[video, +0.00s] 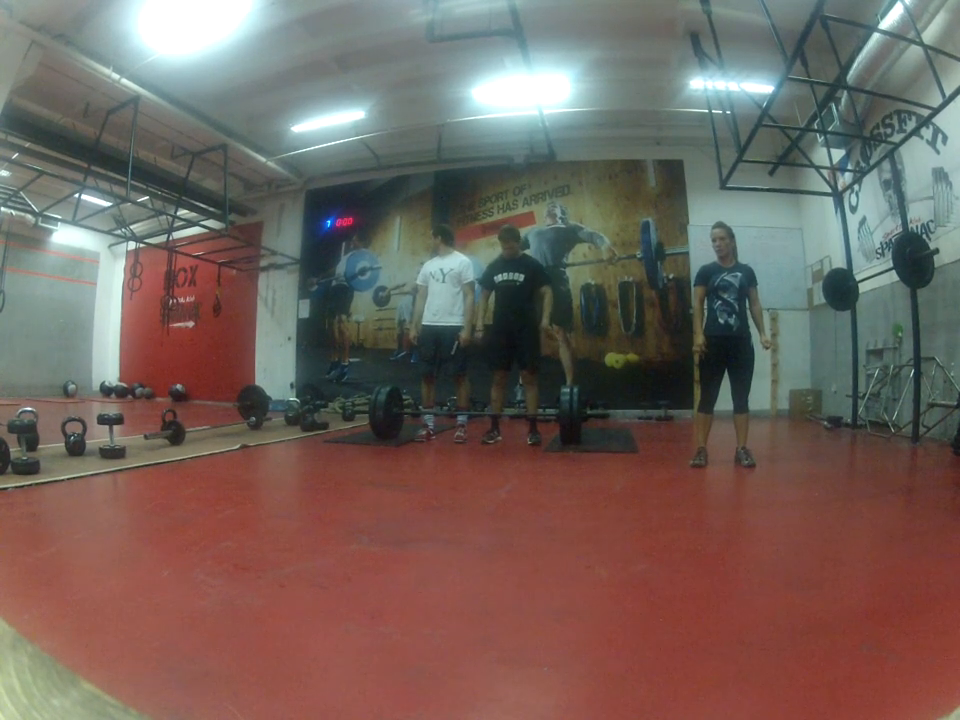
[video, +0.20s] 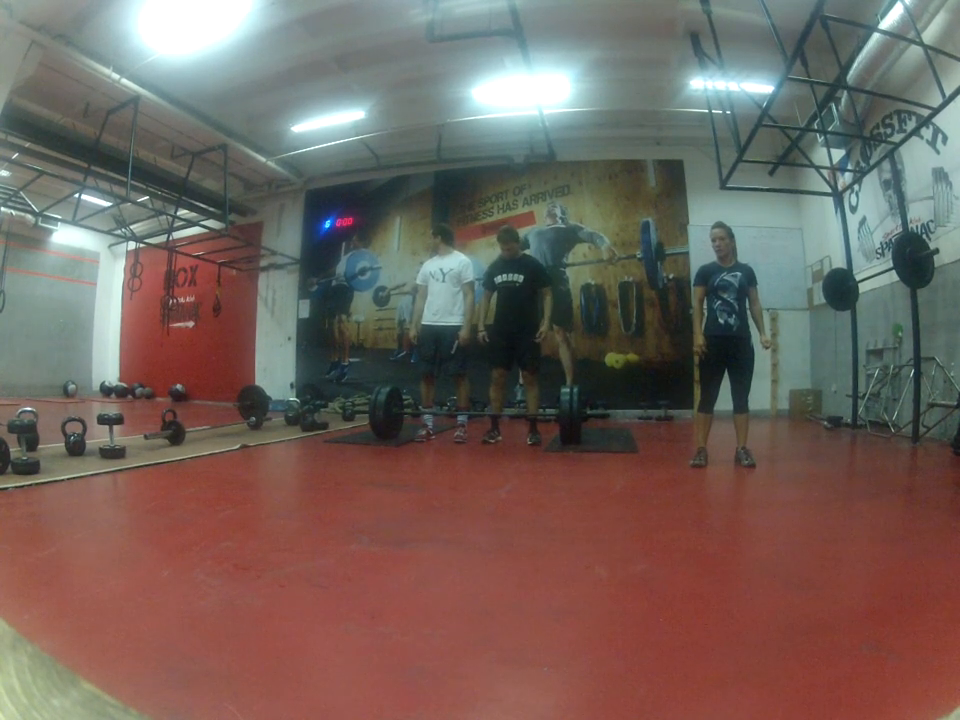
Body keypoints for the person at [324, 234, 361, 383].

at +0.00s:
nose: (353, 243)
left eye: (356, 240)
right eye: (353, 240)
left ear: (361, 242)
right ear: (352, 242)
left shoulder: (361, 256)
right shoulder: (347, 256)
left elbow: (365, 274)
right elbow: (335, 273)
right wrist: (318, 279)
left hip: (346, 288)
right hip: (335, 288)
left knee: (342, 324)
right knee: (333, 325)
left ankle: (345, 363)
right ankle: (335, 362)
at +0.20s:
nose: (353, 243)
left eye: (356, 240)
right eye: (353, 240)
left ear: (361, 242)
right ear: (352, 242)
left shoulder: (361, 256)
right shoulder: (348, 256)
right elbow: (335, 272)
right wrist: (318, 279)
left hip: (346, 288)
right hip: (336, 288)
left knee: (342, 324)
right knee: (334, 325)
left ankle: (345, 363)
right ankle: (335, 361)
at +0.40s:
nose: (353, 243)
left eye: (356, 240)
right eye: (353, 240)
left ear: (361, 242)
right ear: (354, 242)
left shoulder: (361, 256)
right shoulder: (348, 256)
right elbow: (336, 272)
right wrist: (318, 279)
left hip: (346, 288)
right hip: (336, 288)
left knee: (342, 325)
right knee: (334, 326)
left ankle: (345, 363)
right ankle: (335, 361)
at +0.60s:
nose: (353, 244)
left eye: (356, 241)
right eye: (353, 241)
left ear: (362, 243)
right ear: (353, 242)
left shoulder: (362, 256)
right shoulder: (349, 256)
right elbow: (336, 272)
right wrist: (319, 279)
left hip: (346, 289)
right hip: (335, 288)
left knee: (342, 325)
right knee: (333, 326)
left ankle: (345, 363)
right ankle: (335, 361)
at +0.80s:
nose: (353, 243)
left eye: (356, 241)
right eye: (353, 240)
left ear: (361, 242)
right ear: (354, 242)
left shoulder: (361, 256)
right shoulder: (349, 256)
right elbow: (336, 272)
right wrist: (318, 279)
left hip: (346, 289)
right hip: (335, 288)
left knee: (342, 325)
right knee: (334, 326)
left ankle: (345, 363)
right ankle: (336, 361)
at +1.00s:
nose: (353, 243)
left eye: (356, 241)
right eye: (353, 241)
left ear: (361, 242)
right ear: (353, 242)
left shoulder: (360, 256)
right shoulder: (349, 256)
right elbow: (336, 272)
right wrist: (319, 279)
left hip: (346, 288)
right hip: (335, 288)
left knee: (342, 324)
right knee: (333, 325)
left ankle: (345, 363)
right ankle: (335, 361)